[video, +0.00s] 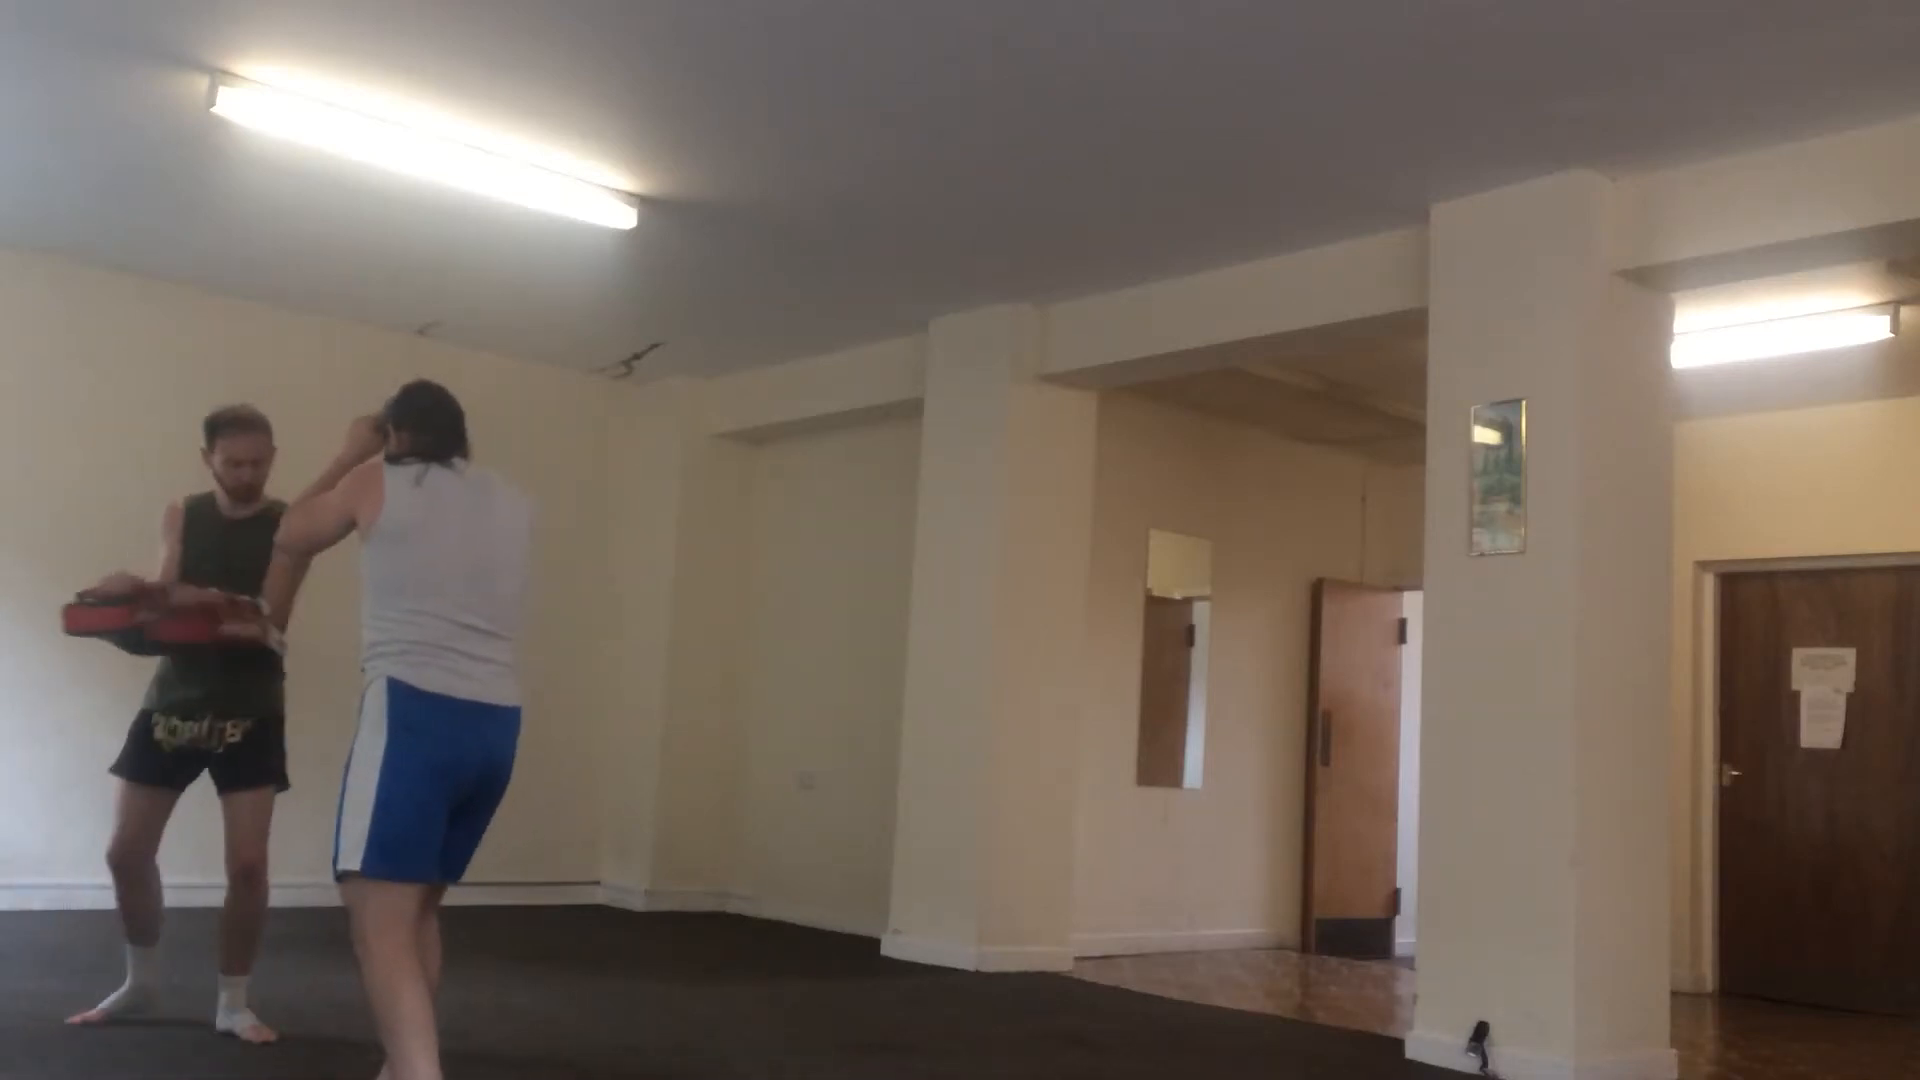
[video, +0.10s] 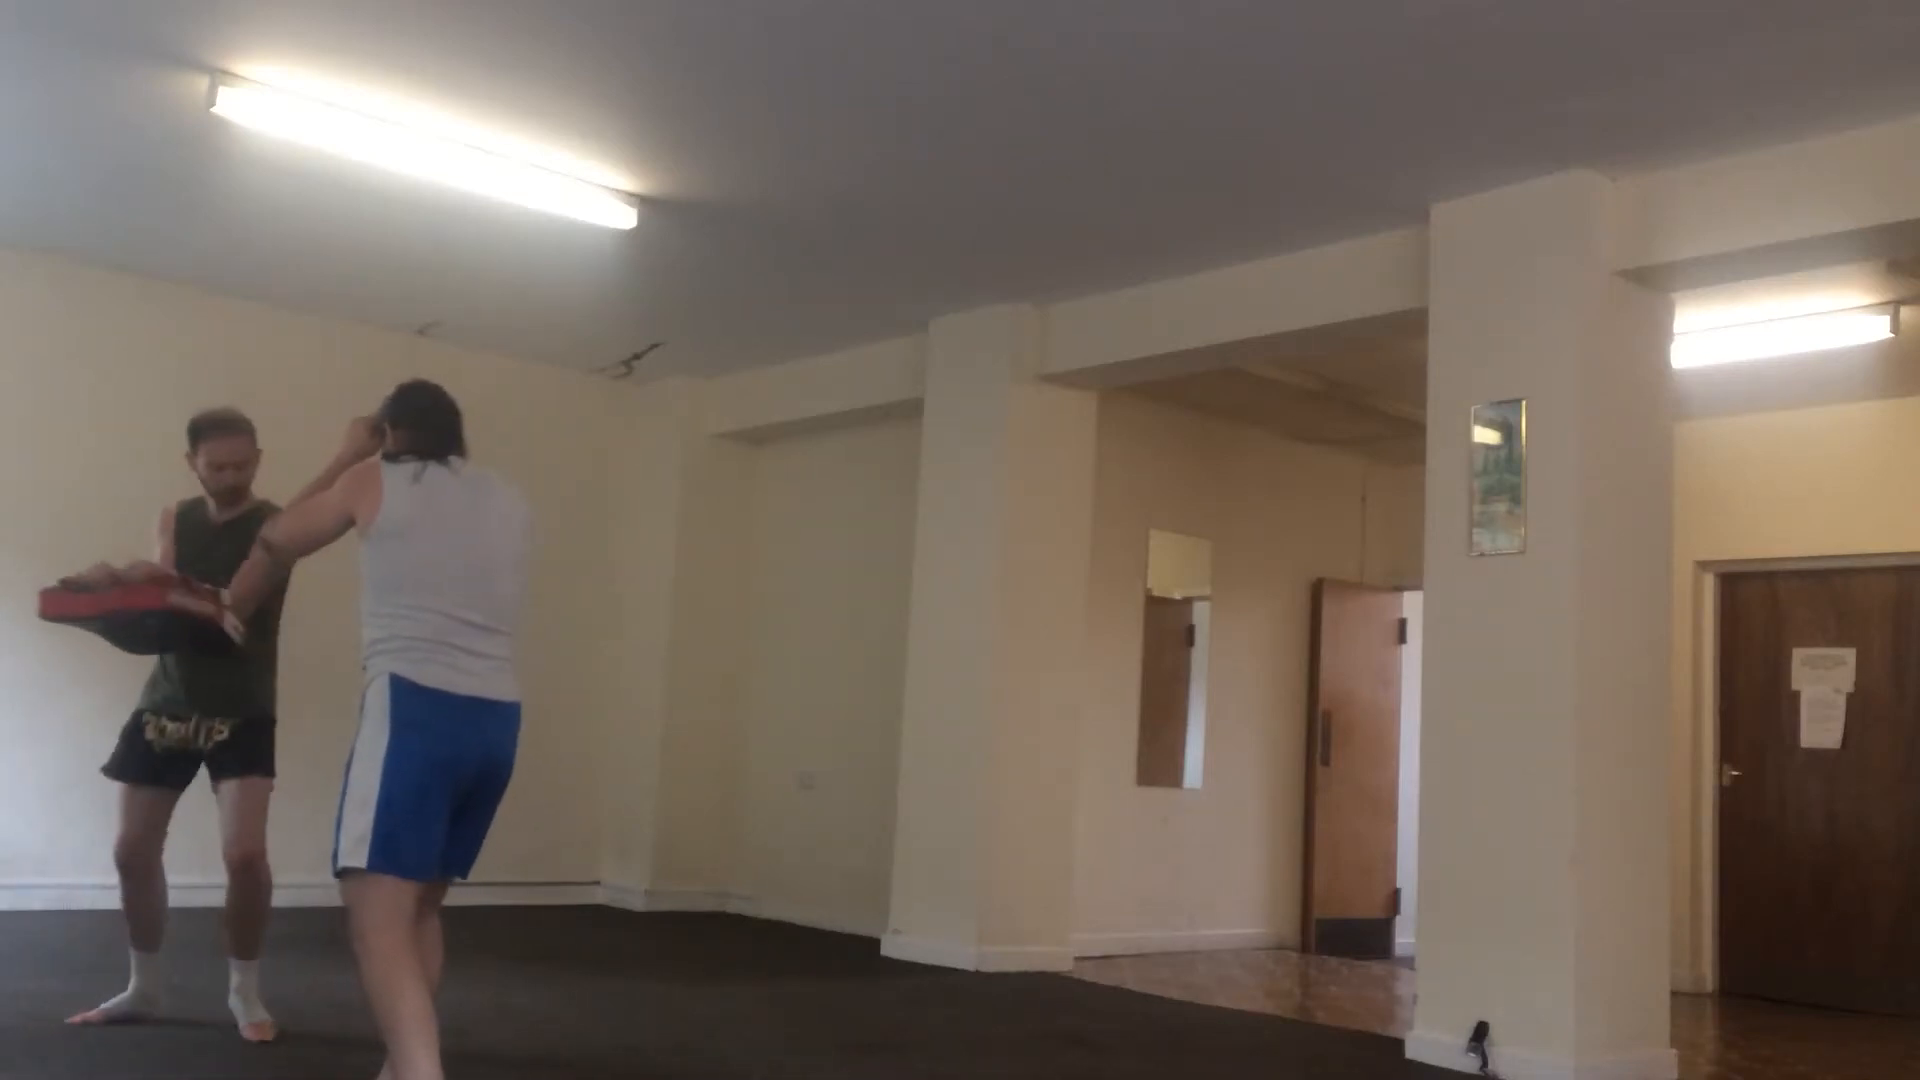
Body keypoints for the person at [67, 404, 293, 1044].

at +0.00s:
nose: (246, 475)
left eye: (257, 463)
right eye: (234, 463)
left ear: (272, 459)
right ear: (209, 459)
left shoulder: (289, 524)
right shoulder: (184, 515)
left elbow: (275, 624)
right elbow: (165, 593)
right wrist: (132, 589)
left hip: (249, 707)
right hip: (176, 700)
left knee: (248, 867)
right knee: (127, 852)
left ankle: (233, 1006)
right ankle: (140, 986)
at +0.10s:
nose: (229, 478)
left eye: (239, 465)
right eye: (216, 467)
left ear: (257, 458)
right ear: (193, 463)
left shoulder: (278, 526)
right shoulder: (175, 521)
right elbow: (169, 605)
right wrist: (117, 589)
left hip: (242, 711)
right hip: (168, 704)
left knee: (245, 858)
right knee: (133, 850)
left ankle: (245, 992)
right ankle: (143, 988)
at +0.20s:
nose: (220, 476)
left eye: (230, 463)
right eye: (208, 466)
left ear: (251, 457)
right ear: (189, 464)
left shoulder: (272, 523)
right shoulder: (180, 519)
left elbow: (226, 603)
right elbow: (164, 594)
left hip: (239, 707)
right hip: (167, 703)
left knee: (237, 852)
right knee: (137, 849)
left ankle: (256, 1003)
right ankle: (145, 988)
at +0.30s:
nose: (219, 475)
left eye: (229, 462)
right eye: (207, 465)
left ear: (251, 456)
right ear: (191, 464)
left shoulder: (271, 523)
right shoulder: (195, 519)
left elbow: (217, 609)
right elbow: (173, 599)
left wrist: (159, 572)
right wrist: (138, 578)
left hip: (235, 711)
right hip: (171, 706)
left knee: (229, 851)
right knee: (140, 848)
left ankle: (253, 1014)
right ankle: (145, 989)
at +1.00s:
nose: (213, 461)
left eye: (225, 448)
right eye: (202, 452)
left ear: (255, 453)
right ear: (191, 461)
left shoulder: (274, 530)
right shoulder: (209, 527)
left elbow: (213, 613)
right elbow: (185, 602)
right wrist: (134, 576)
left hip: (244, 713)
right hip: (189, 706)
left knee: (231, 860)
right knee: (157, 848)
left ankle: (255, 1009)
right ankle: (167, 988)